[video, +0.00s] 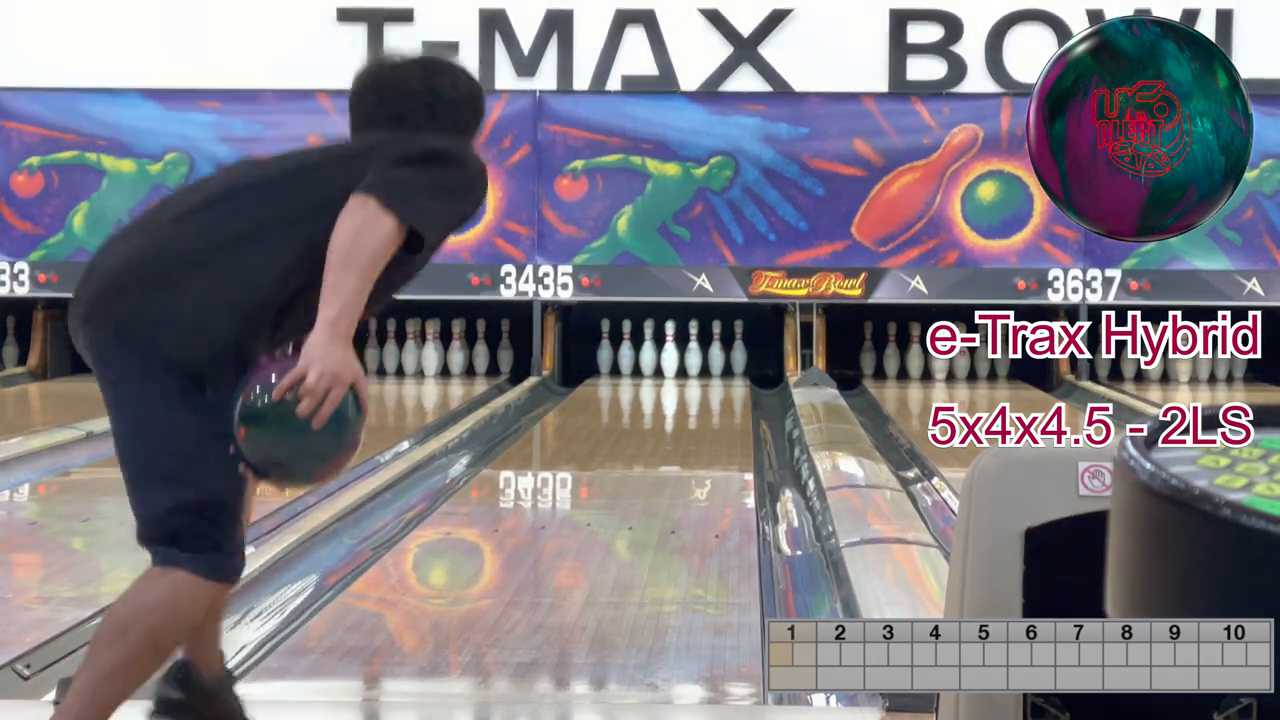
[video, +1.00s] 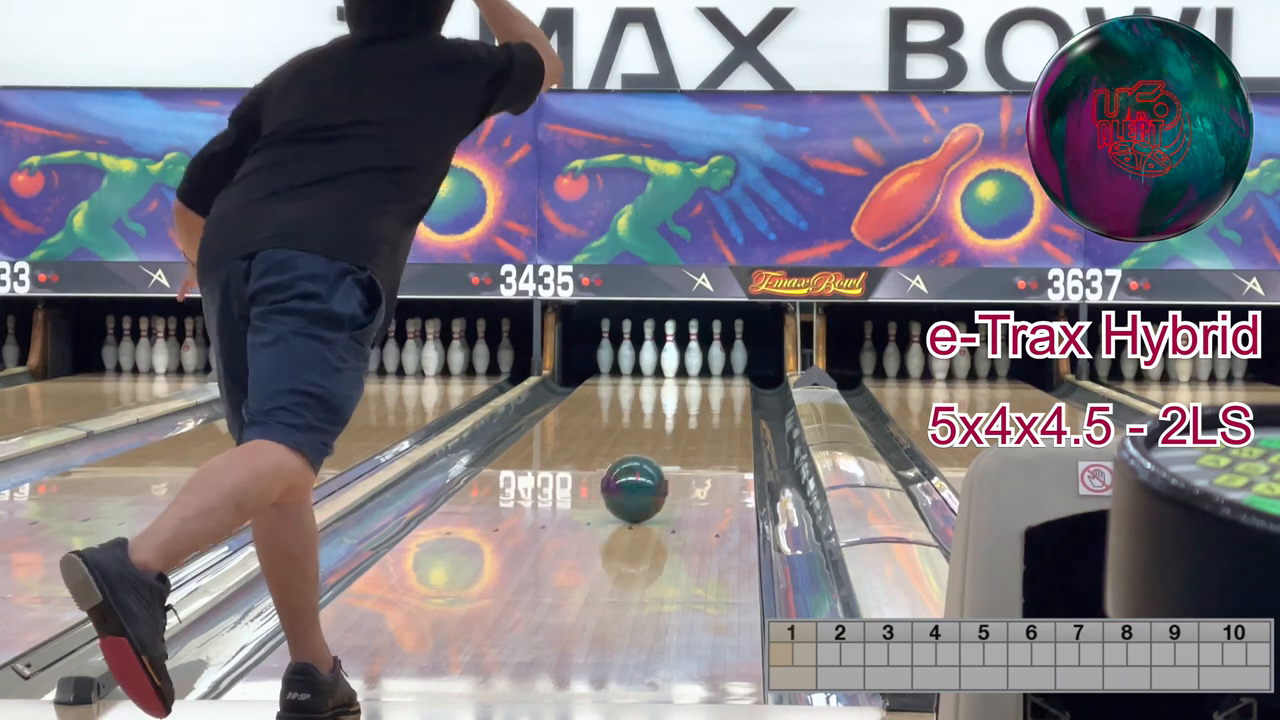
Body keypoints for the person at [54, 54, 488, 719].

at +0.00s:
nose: (479, 141)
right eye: (477, 126)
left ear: (375, 116)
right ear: (461, 123)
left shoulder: (346, 166)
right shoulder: (445, 163)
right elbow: (379, 209)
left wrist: (260, 417)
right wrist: (333, 335)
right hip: (156, 315)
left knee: (223, 485)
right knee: (200, 559)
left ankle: (203, 679)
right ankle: (73, 712)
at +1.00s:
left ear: (353, 14)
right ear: (433, 17)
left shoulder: (293, 74)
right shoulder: (453, 62)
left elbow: (195, 199)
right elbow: (542, 62)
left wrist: (203, 269)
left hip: (227, 251)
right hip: (324, 247)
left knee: (280, 464)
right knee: (286, 446)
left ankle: (313, 671)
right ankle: (137, 566)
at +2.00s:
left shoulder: (198, 2)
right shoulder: (397, 0)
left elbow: (160, 124)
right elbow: (436, 118)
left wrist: (164, 255)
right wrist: (459, 202)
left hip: (224, 254)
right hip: (337, 258)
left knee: (250, 458)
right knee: (307, 479)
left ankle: (253, 667)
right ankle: (271, 695)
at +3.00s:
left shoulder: (175, 2)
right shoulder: (385, 2)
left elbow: (143, 123)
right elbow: (410, 129)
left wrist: (152, 252)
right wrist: (445, 260)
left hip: (193, 257)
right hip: (310, 265)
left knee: (194, 451)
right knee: (289, 484)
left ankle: (172, 671)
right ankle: (271, 696)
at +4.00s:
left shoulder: (153, 6)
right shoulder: (386, 5)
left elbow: (124, 144)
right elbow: (413, 142)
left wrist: (125, 277)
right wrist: (424, 278)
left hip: (197, 280)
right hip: (328, 279)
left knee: (218, 503)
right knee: (309, 492)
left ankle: (245, 713)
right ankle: (301, 694)